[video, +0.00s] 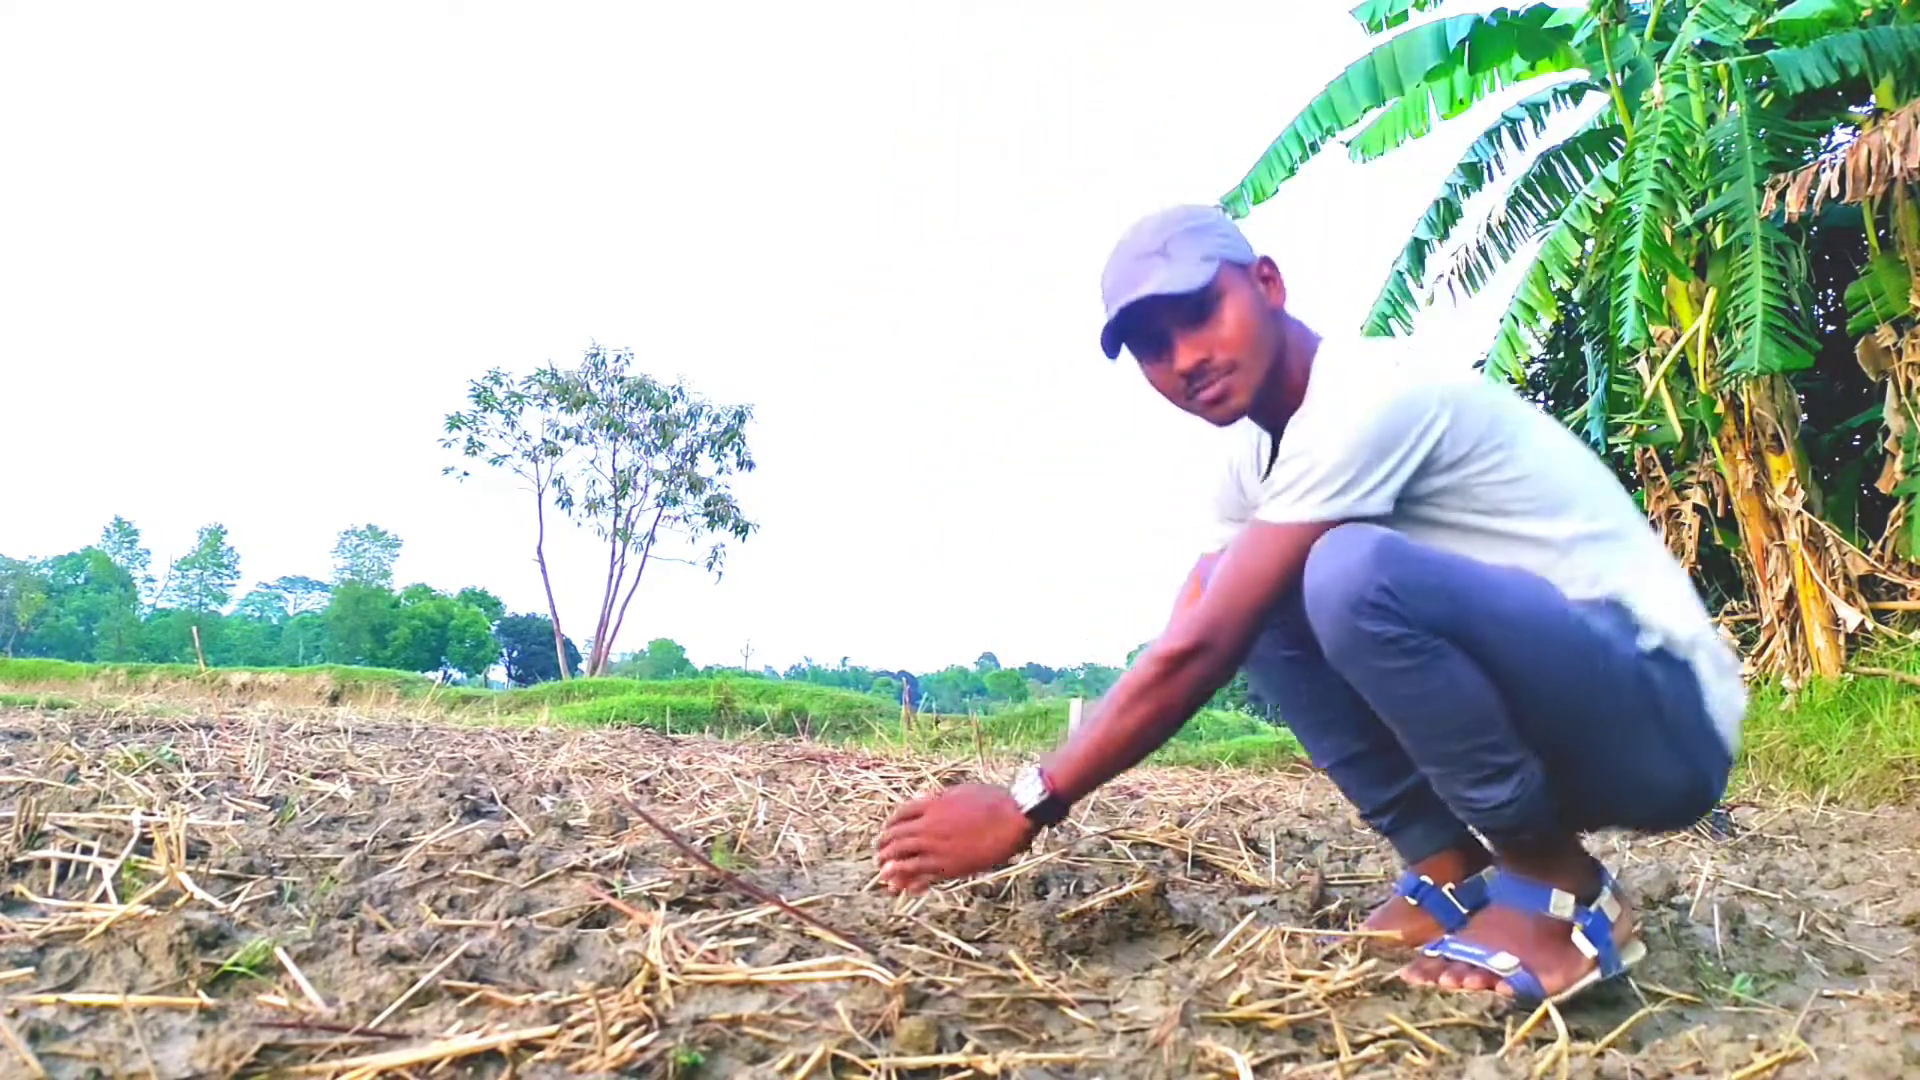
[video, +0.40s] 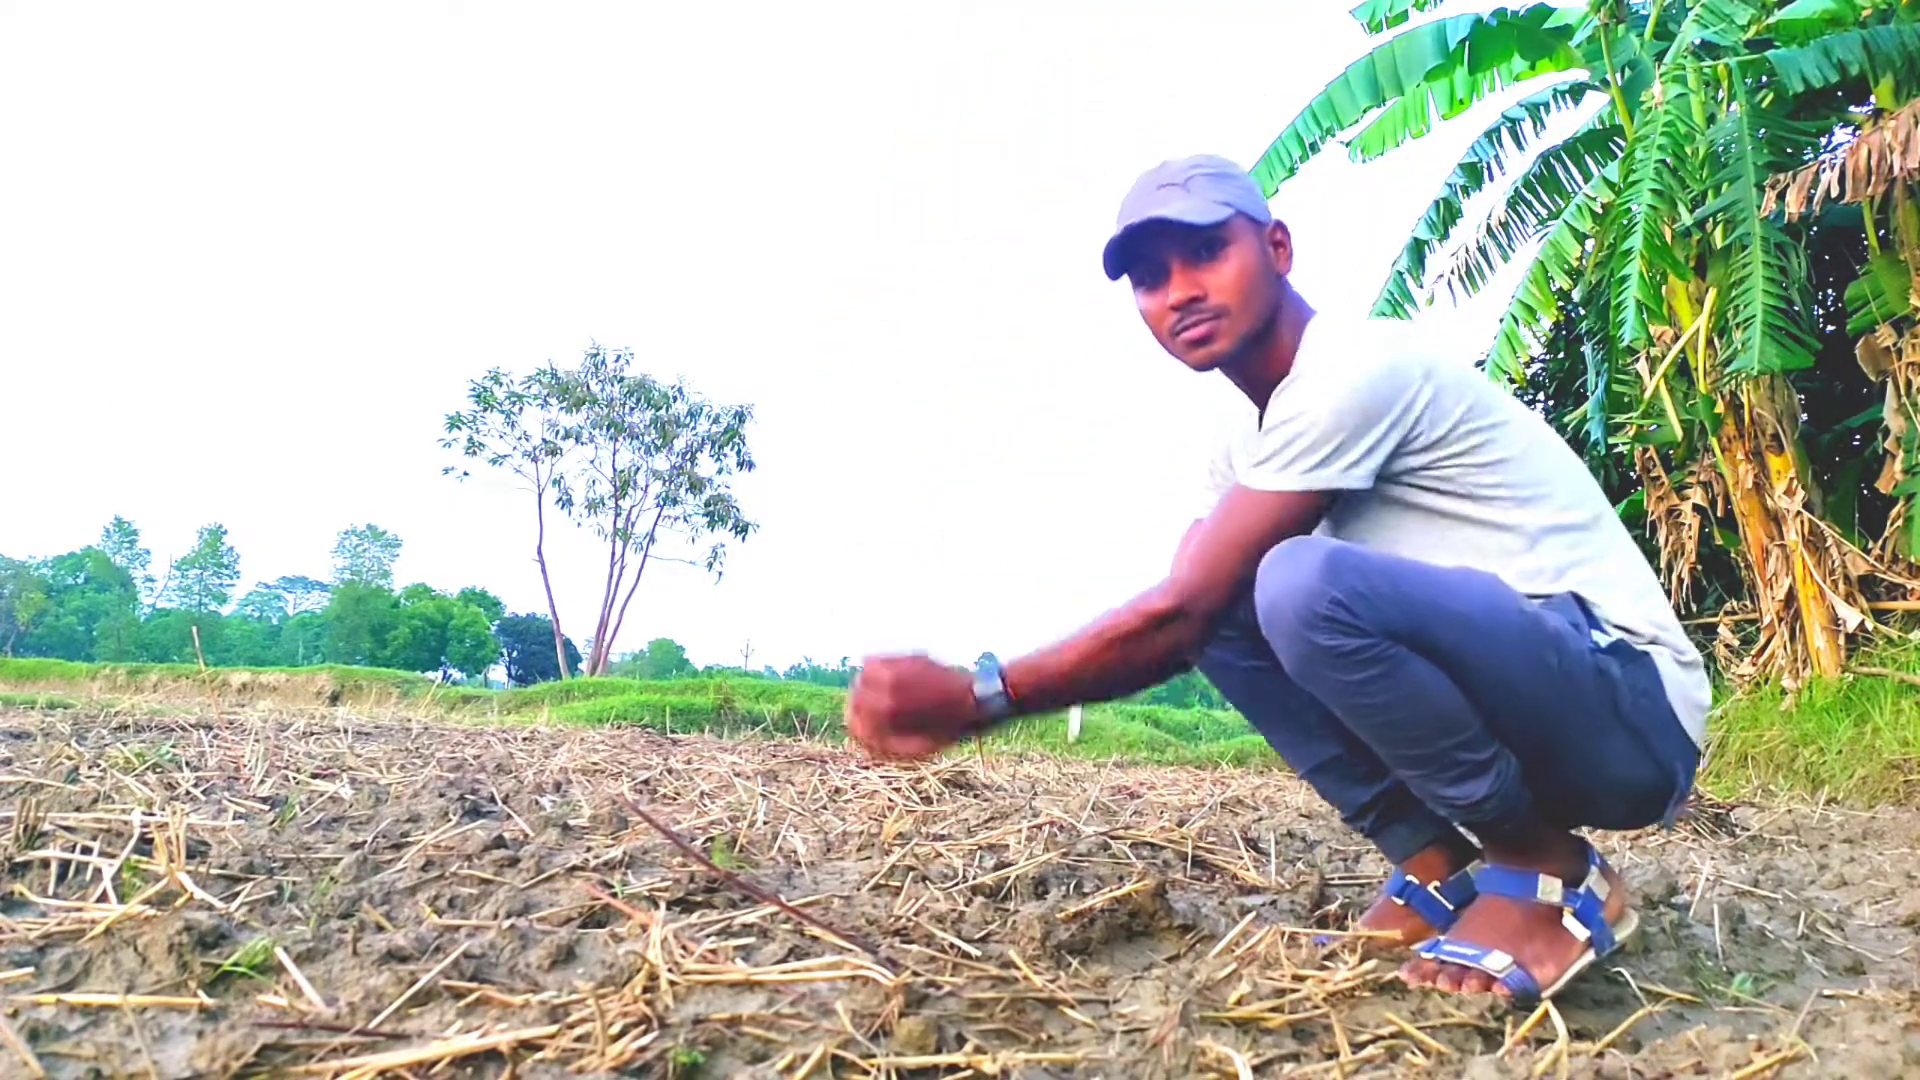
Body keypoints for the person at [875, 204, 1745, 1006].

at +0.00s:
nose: (1180, 361)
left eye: (1193, 313)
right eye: (1147, 346)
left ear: (1269, 283)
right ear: (1138, 369)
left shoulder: (1371, 398)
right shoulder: (1254, 466)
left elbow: (1196, 655)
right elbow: (1189, 649)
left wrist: (1028, 806)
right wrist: (1037, 798)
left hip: (1661, 712)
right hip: (1553, 731)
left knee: (1354, 576)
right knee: (1247, 603)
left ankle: (1560, 893)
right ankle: (1456, 873)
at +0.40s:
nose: (1177, 293)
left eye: (1205, 250)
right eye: (1148, 275)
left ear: (1277, 247)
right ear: (1138, 306)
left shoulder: (1361, 370)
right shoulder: (1247, 449)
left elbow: (1177, 613)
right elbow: (1182, 632)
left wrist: (984, 697)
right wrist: (984, 696)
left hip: (1629, 706)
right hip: (1522, 724)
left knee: (1306, 588)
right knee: (1216, 617)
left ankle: (1543, 883)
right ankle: (1443, 869)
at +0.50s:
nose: (1189, 268)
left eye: (1218, 227)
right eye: (1160, 251)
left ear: (1292, 232)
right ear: (1150, 286)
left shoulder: (1377, 347)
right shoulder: (1273, 430)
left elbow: (1167, 569)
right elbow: (1159, 607)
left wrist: (960, 606)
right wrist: (976, 614)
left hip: (1620, 695)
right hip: (1509, 717)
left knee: (1306, 592)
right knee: (1197, 608)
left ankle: (1546, 878)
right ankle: (1443, 872)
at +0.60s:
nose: (1210, 242)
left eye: (1238, 204)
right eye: (1183, 224)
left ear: (1311, 208)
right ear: (1169, 255)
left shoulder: (1383, 320)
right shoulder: (1280, 390)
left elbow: (1149, 472)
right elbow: (1124, 530)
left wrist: (946, 447)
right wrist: (951, 460)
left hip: (1609, 694)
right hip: (1498, 713)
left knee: (1298, 591)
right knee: (1180, 610)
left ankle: (1543, 872)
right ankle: (1439, 867)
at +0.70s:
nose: (1225, 231)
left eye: (1255, 195)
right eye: (1196, 212)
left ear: (1326, 199)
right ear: (1182, 243)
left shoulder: (1392, 306)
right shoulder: (1278, 383)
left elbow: (1140, 395)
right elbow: (1100, 482)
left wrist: (952, 346)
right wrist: (958, 371)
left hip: (1598, 698)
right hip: (1485, 714)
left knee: (1290, 596)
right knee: (1169, 625)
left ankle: (1536, 865)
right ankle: (1435, 870)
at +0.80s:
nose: (1234, 216)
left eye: (1267, 181)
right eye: (1209, 197)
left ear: (1342, 188)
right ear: (1195, 222)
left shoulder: (1404, 286)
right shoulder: (1272, 362)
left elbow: (1141, 322)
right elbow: (1087, 424)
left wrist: (972, 255)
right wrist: (970, 288)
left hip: (1588, 686)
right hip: (1468, 700)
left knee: (1282, 593)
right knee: (1160, 631)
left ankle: (1529, 856)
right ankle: (1431, 868)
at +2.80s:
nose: (1275, 168)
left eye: (1309, 132)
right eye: (1247, 149)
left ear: (1379, 149)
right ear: (1231, 182)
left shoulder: (1443, 238)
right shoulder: (1296, 328)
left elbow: (1188, 278)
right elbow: (1117, 383)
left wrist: (1010, 213)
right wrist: (990, 256)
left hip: (1566, 669)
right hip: (1434, 682)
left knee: (1271, 612)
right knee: (1125, 682)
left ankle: (1522, 859)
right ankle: (1424, 854)